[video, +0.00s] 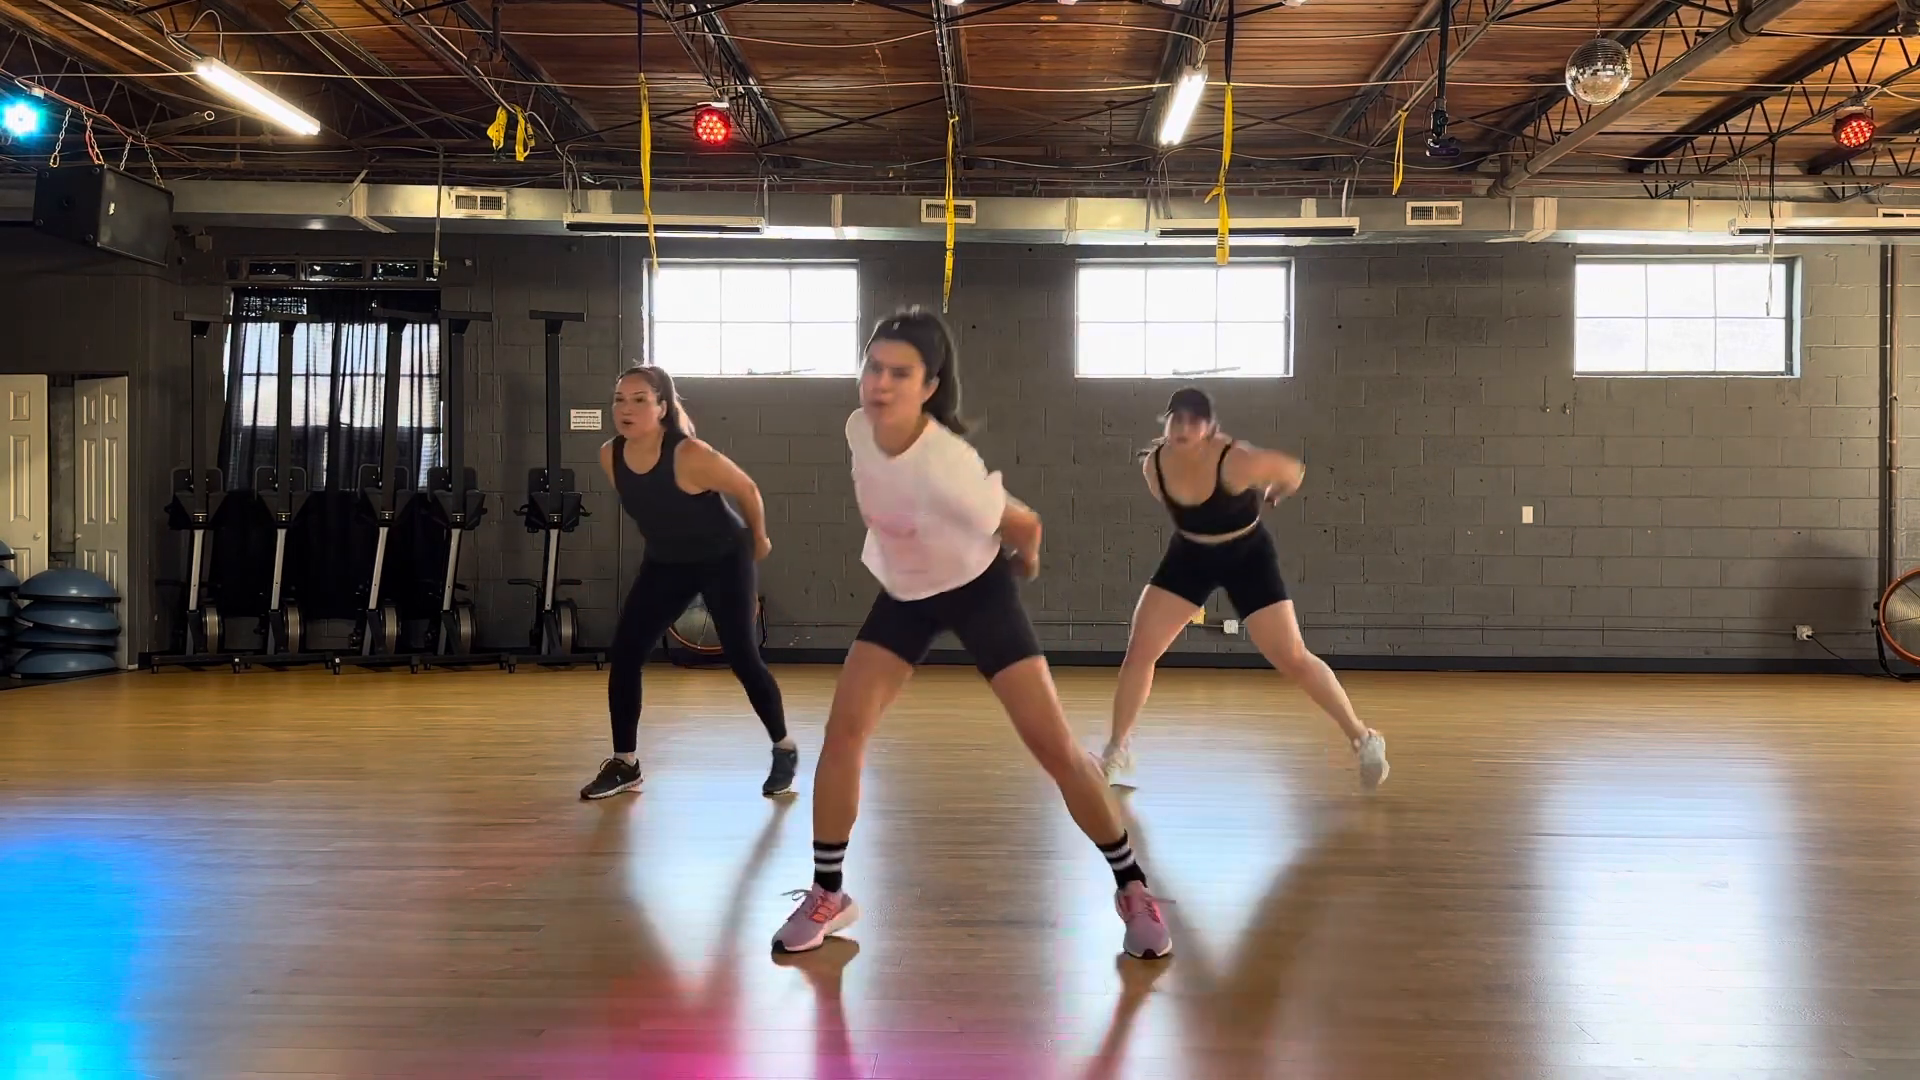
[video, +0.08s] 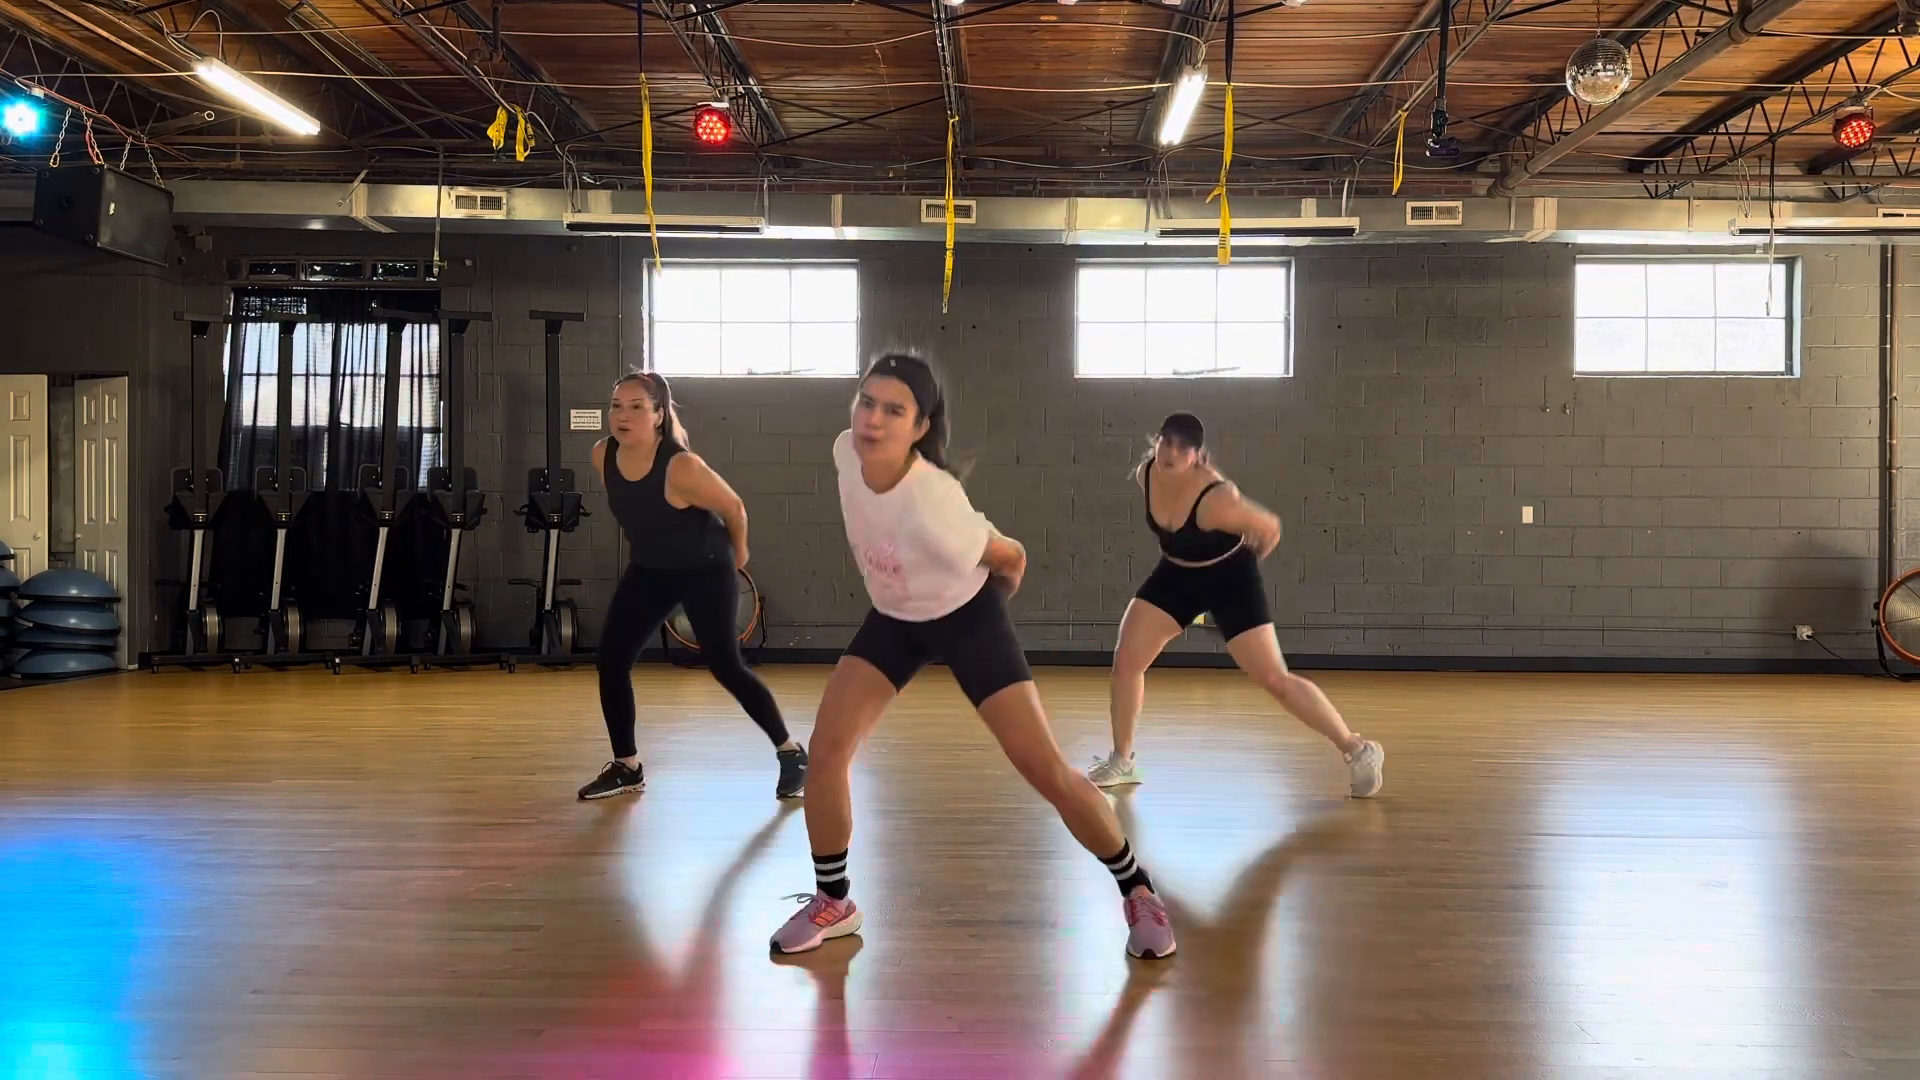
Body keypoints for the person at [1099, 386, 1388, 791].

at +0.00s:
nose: (1179, 432)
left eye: (1190, 426)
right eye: (1175, 423)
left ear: (1209, 428)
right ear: (1166, 421)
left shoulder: (1236, 462)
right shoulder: (1153, 464)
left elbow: (1293, 471)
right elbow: (1172, 502)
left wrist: (1277, 493)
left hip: (1246, 555)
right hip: (1189, 555)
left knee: (1292, 658)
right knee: (1140, 651)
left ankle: (1362, 737)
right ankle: (1116, 750)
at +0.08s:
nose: (1169, 454)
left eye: (1179, 448)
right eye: (1165, 443)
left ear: (1197, 455)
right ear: (1156, 441)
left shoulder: (1216, 499)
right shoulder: (1147, 471)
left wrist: (1262, 546)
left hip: (1230, 578)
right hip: (1175, 574)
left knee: (1275, 680)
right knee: (1126, 660)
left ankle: (1355, 749)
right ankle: (1122, 760)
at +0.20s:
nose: (1200, 463)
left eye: (1211, 456)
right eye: (1194, 452)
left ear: (1221, 461)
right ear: (1181, 447)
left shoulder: (1229, 508)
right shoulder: (1158, 462)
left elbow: (1269, 544)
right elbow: (1176, 509)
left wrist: (1249, 562)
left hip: (1223, 580)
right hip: (1167, 570)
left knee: (1267, 677)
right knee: (1116, 661)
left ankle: (1345, 749)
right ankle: (1118, 757)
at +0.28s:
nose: (1234, 454)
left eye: (1242, 447)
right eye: (1227, 445)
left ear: (1251, 447)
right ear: (1209, 439)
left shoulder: (1259, 490)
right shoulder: (1173, 453)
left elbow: (1283, 527)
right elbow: (1161, 477)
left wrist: (1243, 533)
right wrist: (1180, 443)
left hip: (1231, 563)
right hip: (1171, 552)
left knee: (1278, 659)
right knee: (1128, 650)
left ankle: (1338, 746)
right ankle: (1106, 745)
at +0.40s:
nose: (1264, 446)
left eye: (1272, 437)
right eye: (1254, 437)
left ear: (1281, 440)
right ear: (1237, 436)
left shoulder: (1294, 490)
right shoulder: (1194, 457)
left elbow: (1279, 518)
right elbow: (1156, 477)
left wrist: (1243, 524)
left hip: (1243, 559)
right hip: (1183, 549)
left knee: (1288, 657)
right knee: (1143, 657)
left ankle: (1322, 756)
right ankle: (1093, 741)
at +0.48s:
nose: (1287, 453)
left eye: (1293, 444)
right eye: (1276, 445)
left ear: (1302, 446)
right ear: (1258, 449)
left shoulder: (1308, 486)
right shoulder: (1225, 484)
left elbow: (1271, 519)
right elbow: (1165, 505)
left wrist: (1237, 539)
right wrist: (1190, 540)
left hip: (1254, 573)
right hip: (1198, 568)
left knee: (1290, 667)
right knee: (1163, 672)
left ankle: (1307, 770)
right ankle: (1091, 734)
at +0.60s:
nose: (1292, 457)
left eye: (1297, 448)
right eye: (1280, 451)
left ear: (1304, 453)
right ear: (1261, 460)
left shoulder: (1302, 483)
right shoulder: (1240, 510)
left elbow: (1269, 532)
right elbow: (1177, 547)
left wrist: (1228, 560)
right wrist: (1198, 578)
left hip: (1262, 586)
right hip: (1210, 588)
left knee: (1305, 671)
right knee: (1181, 694)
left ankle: (1308, 771)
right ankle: (1103, 746)